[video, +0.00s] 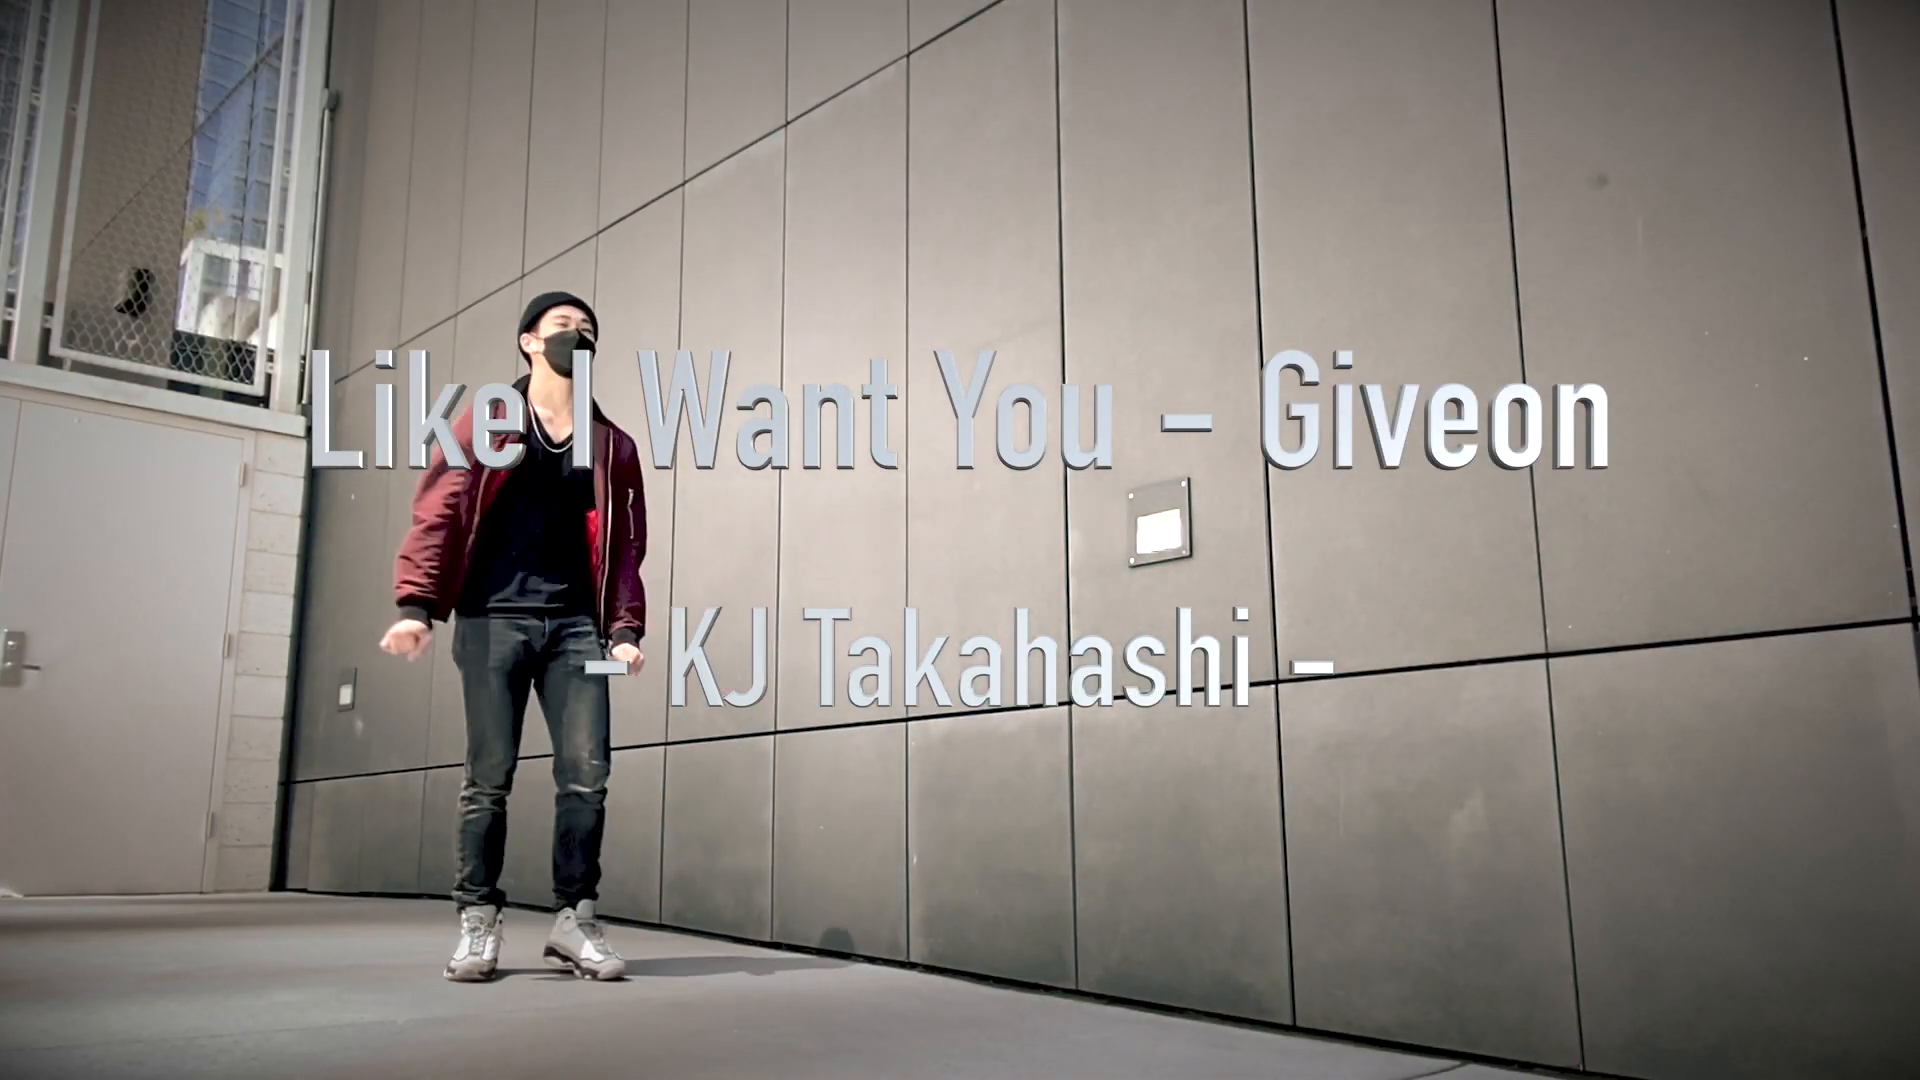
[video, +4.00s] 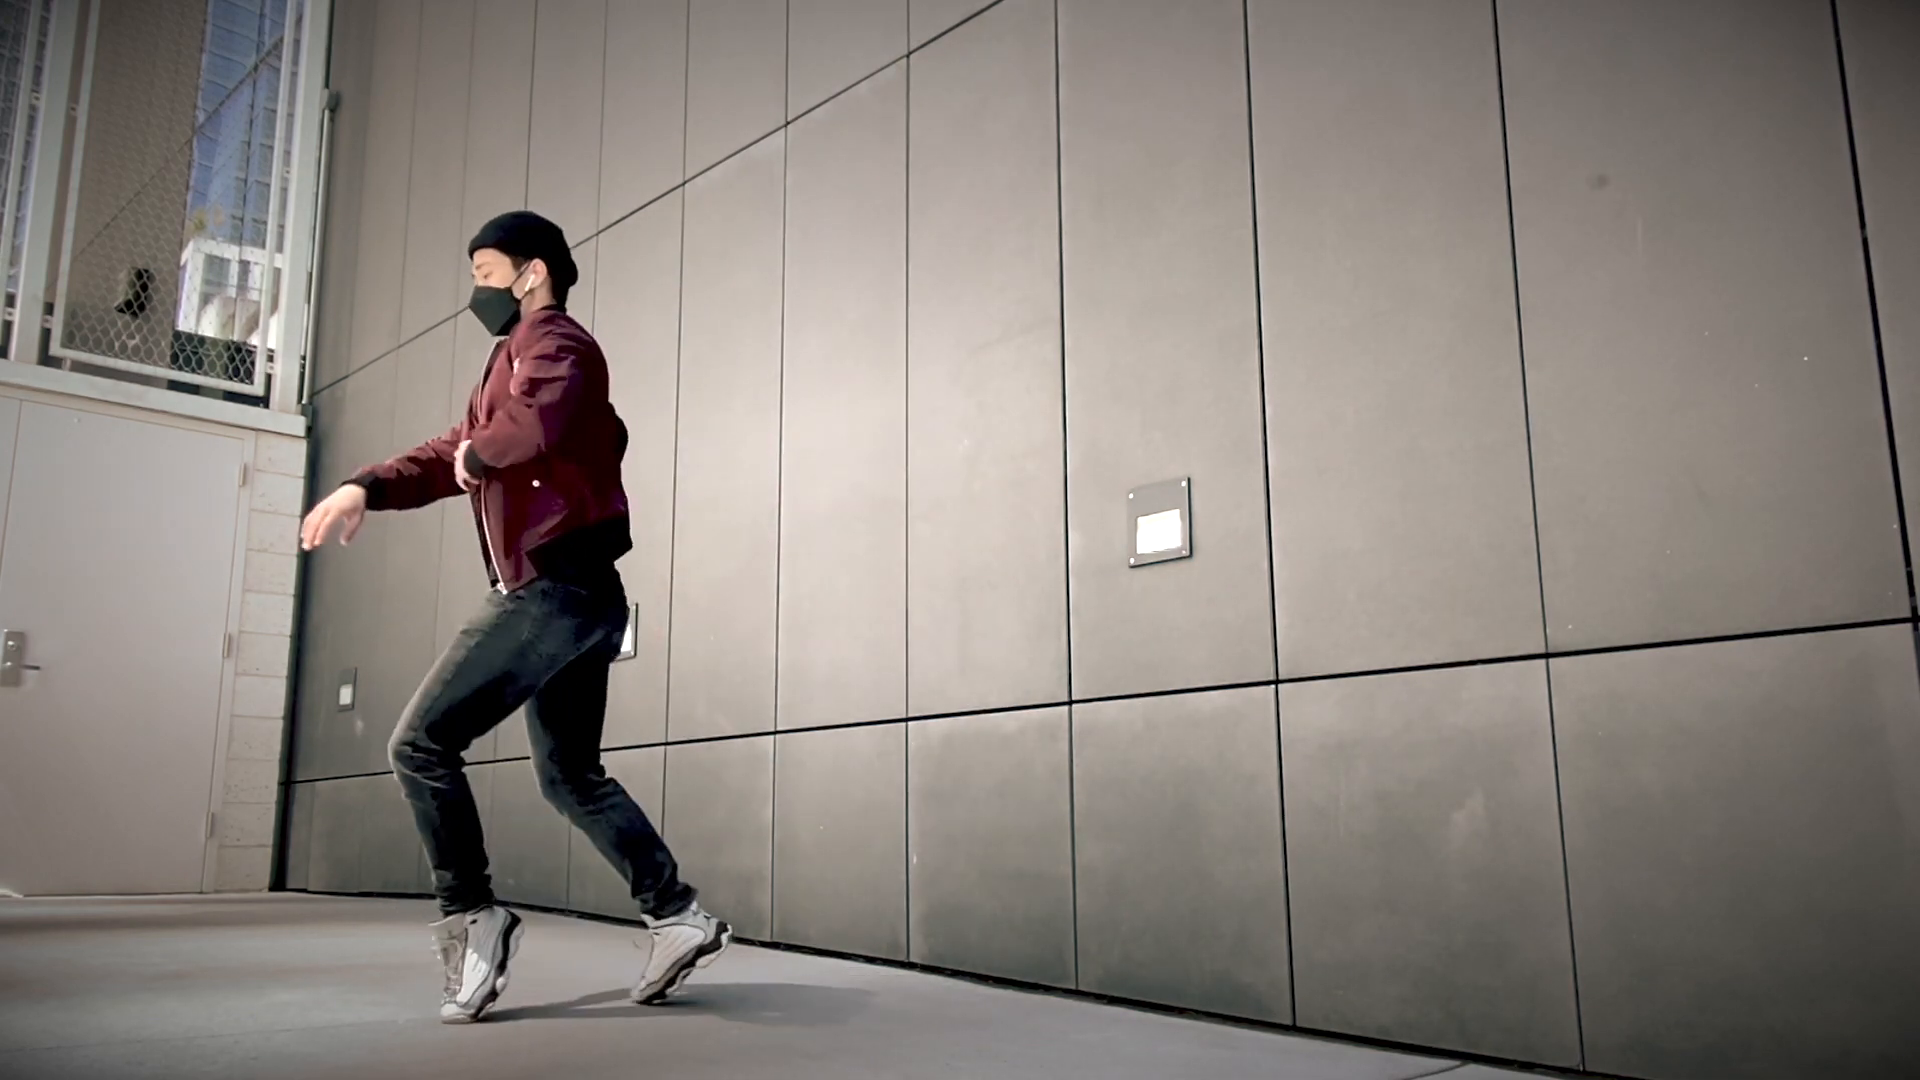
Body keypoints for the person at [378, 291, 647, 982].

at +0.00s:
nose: (575, 331)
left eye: (585, 326)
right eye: (560, 322)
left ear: (595, 350)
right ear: (528, 345)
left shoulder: (613, 443)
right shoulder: (482, 419)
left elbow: (627, 545)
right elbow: (436, 513)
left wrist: (625, 625)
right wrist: (415, 606)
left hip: (576, 625)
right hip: (492, 623)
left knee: (588, 775)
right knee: (490, 778)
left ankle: (575, 921)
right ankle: (477, 923)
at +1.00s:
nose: (612, 319)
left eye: (624, 312)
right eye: (597, 311)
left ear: (641, 339)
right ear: (570, 336)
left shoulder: (678, 431)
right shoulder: (538, 424)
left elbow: (700, 529)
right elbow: (499, 526)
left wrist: (689, 613)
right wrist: (480, 621)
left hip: (643, 632)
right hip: (554, 627)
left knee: (637, 786)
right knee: (526, 784)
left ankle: (626, 937)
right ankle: (482, 916)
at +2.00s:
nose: (732, 324)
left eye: (737, 315)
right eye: (715, 313)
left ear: (738, 333)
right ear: (674, 327)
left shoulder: (738, 424)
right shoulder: (636, 409)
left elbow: (765, 514)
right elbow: (561, 477)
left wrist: (767, 605)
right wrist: (532, 568)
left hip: (708, 628)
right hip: (633, 620)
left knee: (735, 776)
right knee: (601, 785)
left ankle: (644, 916)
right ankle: (495, 888)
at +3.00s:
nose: (653, 346)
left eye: (656, 336)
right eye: (639, 332)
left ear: (644, 346)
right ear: (591, 335)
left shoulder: (653, 431)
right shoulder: (541, 411)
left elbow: (687, 517)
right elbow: (568, 514)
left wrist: (744, 605)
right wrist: (647, 606)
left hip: (577, 628)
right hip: (499, 618)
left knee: (607, 778)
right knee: (516, 787)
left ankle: (575, 948)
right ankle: (423, 902)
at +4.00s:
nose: (475, 289)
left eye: (485, 273)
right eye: (474, 276)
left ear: (533, 274)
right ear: (526, 279)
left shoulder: (553, 338)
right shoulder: (512, 362)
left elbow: (537, 424)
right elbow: (452, 455)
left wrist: (472, 456)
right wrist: (362, 489)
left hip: (552, 593)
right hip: (576, 595)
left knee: (421, 747)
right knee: (572, 776)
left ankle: (474, 922)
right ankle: (679, 917)